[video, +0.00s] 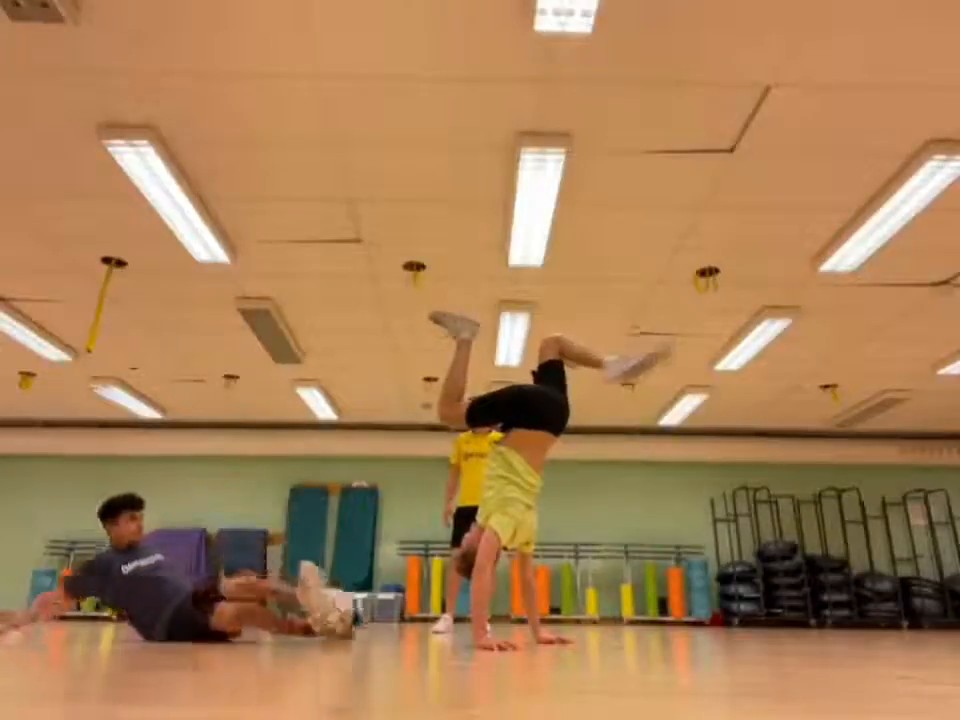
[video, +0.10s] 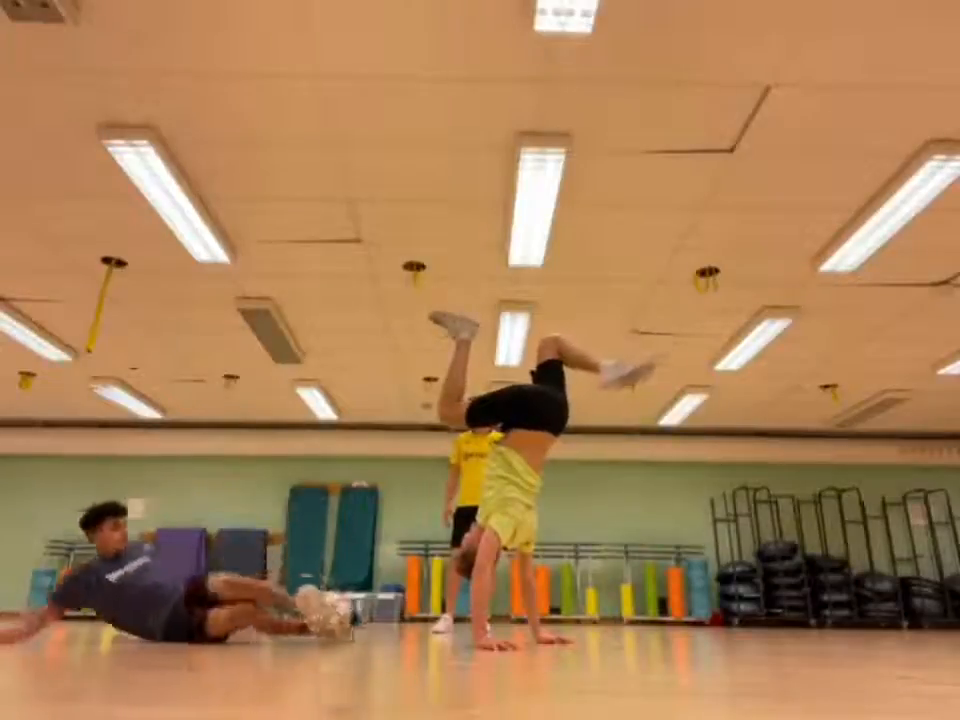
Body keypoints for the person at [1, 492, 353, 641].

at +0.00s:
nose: (138, 527)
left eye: (139, 521)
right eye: (130, 522)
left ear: (139, 524)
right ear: (111, 527)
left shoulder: (147, 551)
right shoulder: (102, 566)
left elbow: (166, 586)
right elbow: (63, 593)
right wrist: (33, 615)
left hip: (194, 594)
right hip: (173, 618)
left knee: (251, 583)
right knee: (241, 612)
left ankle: (309, 601)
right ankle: (309, 629)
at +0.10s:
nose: (122, 533)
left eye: (122, 527)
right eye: (114, 529)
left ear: (121, 531)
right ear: (94, 536)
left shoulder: (139, 552)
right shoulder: (81, 581)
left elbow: (165, 578)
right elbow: (43, 617)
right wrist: (20, 633)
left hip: (189, 590)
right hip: (174, 621)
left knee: (243, 585)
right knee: (246, 614)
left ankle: (306, 609)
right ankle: (313, 628)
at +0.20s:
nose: (111, 537)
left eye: (112, 530)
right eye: (103, 532)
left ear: (112, 534)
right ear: (81, 540)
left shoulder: (128, 556)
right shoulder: (69, 586)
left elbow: (159, 575)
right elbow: (31, 626)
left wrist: (188, 577)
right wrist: (15, 635)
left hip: (179, 592)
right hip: (171, 627)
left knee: (198, 573)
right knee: (216, 622)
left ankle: (269, 585)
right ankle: (282, 610)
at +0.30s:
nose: (102, 536)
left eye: (102, 530)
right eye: (93, 533)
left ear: (104, 532)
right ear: (73, 540)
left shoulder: (121, 554)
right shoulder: (63, 588)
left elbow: (149, 580)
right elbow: (22, 629)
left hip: (166, 592)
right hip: (155, 625)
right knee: (198, 624)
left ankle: (238, 574)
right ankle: (259, 605)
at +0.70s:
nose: (104, 524)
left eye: (105, 517)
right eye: (95, 519)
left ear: (107, 516)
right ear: (74, 524)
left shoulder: (127, 534)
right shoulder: (59, 577)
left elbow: (165, 552)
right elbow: (26, 628)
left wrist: (211, 567)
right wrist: (15, 633)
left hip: (165, 584)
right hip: (149, 621)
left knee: (178, 580)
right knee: (190, 631)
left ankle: (256, 582)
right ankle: (253, 625)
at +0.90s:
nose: (151, 512)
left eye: (151, 505)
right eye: (144, 505)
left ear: (142, 507)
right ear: (120, 507)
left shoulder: (154, 529)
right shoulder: (89, 551)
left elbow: (175, 560)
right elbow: (57, 593)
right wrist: (27, 628)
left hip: (182, 588)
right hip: (155, 621)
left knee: (217, 579)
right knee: (198, 629)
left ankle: (277, 600)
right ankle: (253, 630)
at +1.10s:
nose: (163, 517)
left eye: (164, 509)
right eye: (158, 508)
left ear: (154, 509)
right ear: (134, 507)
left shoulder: (164, 536)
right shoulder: (103, 545)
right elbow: (60, 584)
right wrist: (37, 629)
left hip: (190, 596)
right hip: (157, 623)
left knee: (216, 536)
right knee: (193, 617)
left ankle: (260, 583)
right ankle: (260, 631)